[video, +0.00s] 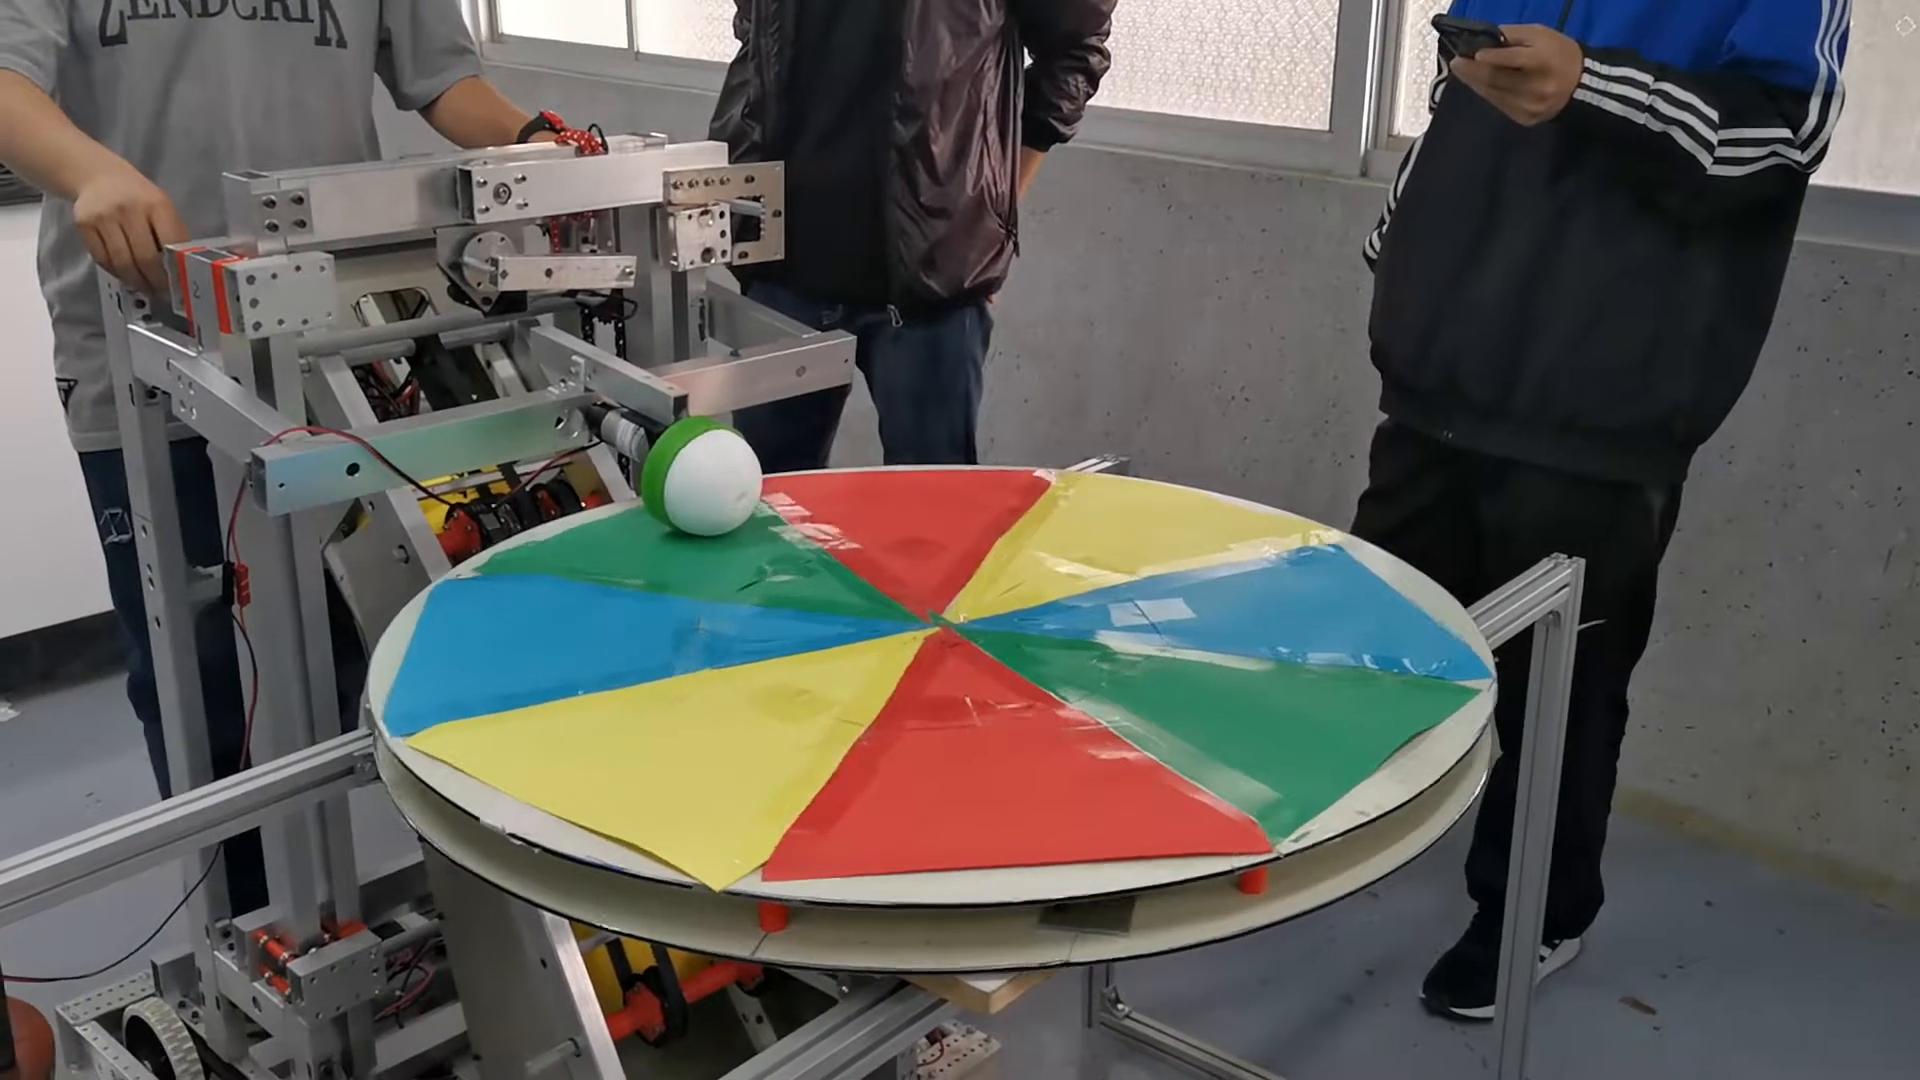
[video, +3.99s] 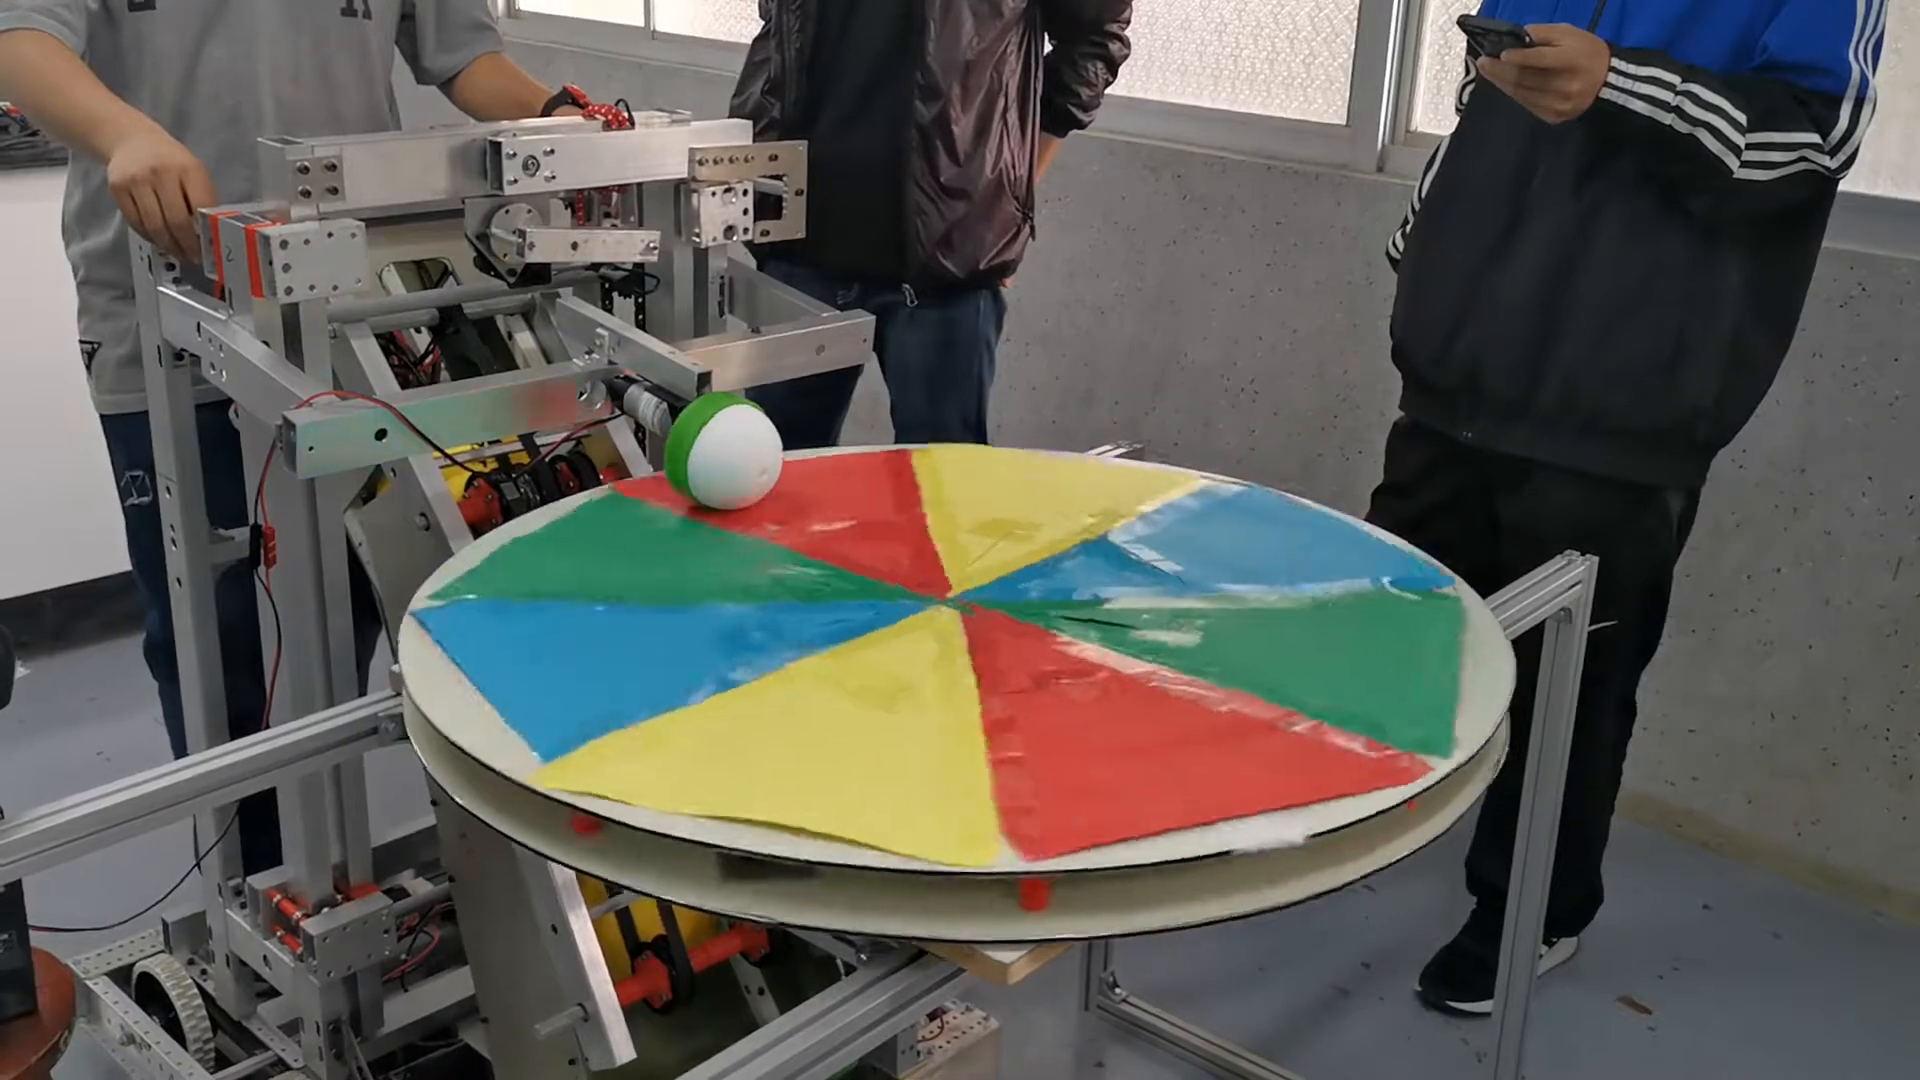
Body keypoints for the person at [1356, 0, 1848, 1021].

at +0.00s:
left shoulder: (1784, 7)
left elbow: (1786, 131)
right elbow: (1463, 66)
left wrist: (1586, 85)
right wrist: (1395, 241)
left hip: (1618, 371)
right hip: (1453, 331)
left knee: (1558, 671)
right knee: (1385, 625)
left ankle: (1530, 912)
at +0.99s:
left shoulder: (1804, 7)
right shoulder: (1528, 5)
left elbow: (1802, 137)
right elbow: (1478, 96)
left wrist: (1607, 85)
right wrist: (1407, 239)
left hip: (1627, 377)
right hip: (1463, 334)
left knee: (1563, 671)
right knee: (1391, 625)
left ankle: (1525, 916)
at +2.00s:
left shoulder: (1806, 8)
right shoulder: (1530, 5)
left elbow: (1802, 140)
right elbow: (1481, 92)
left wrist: (1606, 85)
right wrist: (1407, 246)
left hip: (1629, 378)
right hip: (1465, 335)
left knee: (1563, 671)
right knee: (1389, 618)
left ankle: (1523, 913)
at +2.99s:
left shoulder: (1821, 7)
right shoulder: (1539, 5)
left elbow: (1813, 142)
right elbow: (1487, 98)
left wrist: (1613, 86)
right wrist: (1415, 245)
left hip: (1639, 376)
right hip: (1473, 330)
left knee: (1572, 669)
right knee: (1397, 615)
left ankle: (1528, 910)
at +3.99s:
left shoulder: (1824, 6)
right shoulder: (1542, 4)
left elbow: (1812, 140)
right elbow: (1494, 85)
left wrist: (1612, 84)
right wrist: (1422, 241)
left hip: (1640, 373)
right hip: (1473, 327)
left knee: (1573, 666)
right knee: (1398, 611)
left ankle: (1529, 910)